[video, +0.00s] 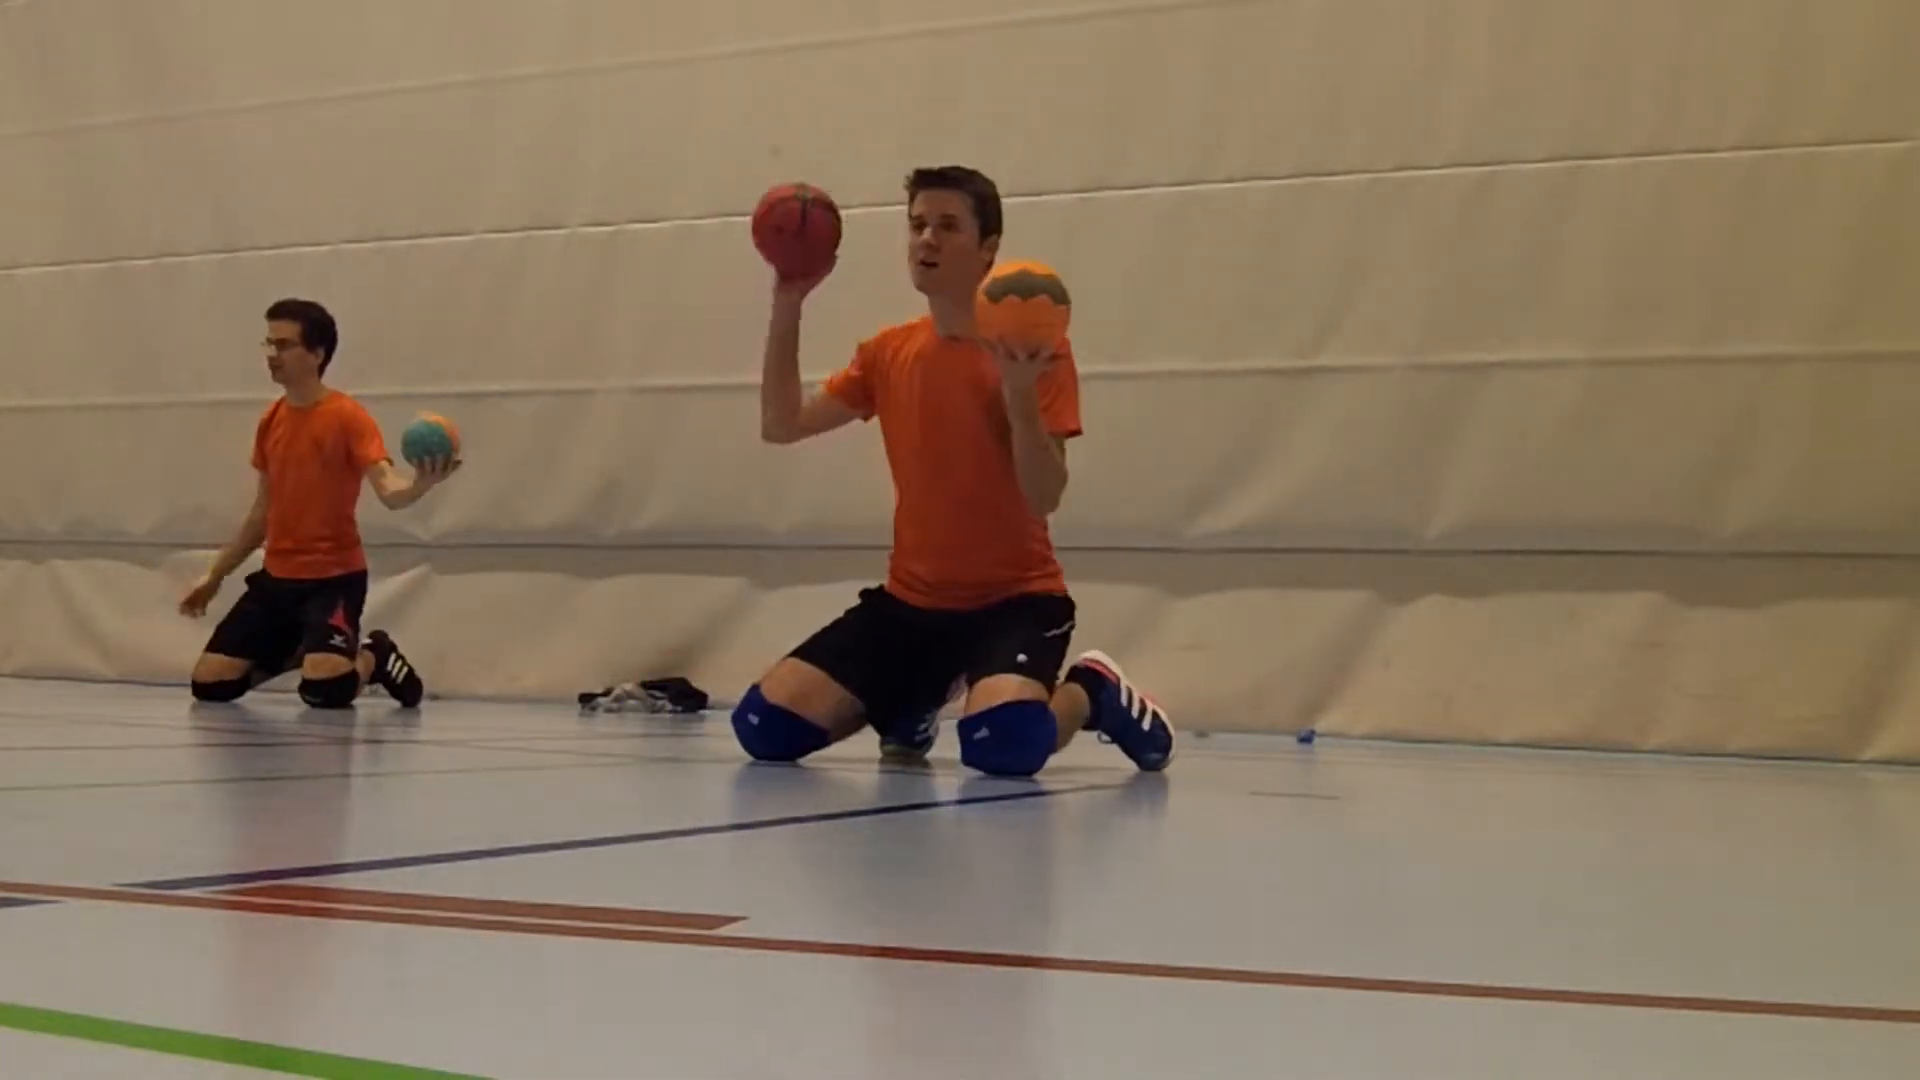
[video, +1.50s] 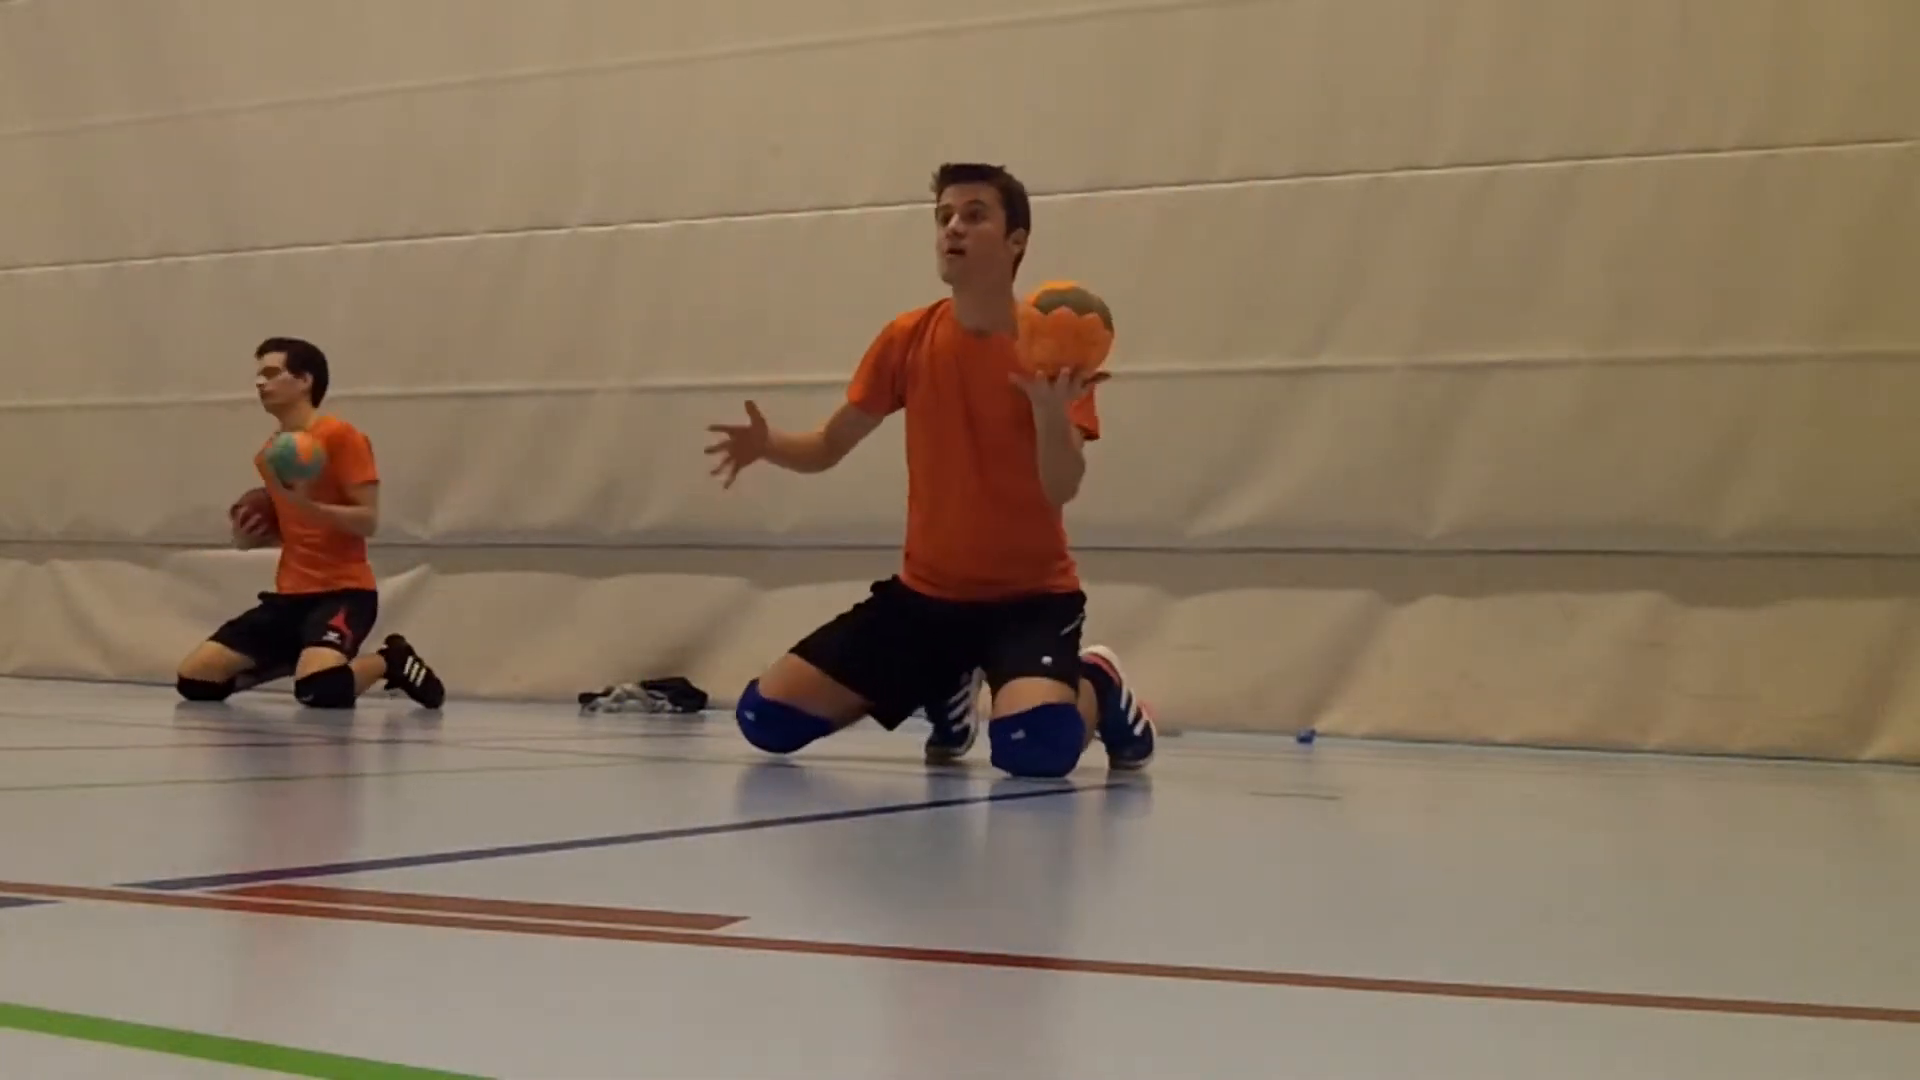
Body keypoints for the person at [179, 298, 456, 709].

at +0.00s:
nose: (270, 355)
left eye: (282, 345)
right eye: (268, 344)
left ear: (317, 354)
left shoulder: (348, 416)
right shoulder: (272, 421)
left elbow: (391, 493)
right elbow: (263, 513)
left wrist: (418, 486)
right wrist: (214, 577)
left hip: (334, 580)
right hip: (276, 580)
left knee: (323, 691)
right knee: (210, 684)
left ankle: (376, 657)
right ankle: (312, 649)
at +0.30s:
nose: (259, 364)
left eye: (269, 353)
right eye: (257, 354)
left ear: (305, 361)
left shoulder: (346, 423)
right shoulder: (269, 429)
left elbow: (389, 495)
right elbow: (267, 521)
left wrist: (437, 506)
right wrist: (232, 592)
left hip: (340, 583)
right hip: (283, 584)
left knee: (322, 692)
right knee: (208, 685)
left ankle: (375, 659)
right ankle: (314, 650)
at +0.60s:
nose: (247, 374)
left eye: (257, 363)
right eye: (245, 364)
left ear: (293, 368)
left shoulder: (334, 425)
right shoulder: (262, 440)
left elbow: (374, 495)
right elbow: (262, 535)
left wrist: (412, 512)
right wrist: (213, 602)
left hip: (336, 586)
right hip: (283, 589)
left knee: (295, 688)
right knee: (211, 684)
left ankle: (370, 662)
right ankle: (318, 660)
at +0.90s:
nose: (226, 394)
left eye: (236, 384)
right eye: (225, 385)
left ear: (272, 391)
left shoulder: (316, 439)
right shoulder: (244, 472)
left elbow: (354, 501)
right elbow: (201, 545)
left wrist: (379, 496)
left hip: (338, 595)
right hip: (286, 602)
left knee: (323, 690)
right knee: (192, 679)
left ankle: (380, 663)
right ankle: (303, 658)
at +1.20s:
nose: (199, 390)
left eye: (205, 379)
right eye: (201, 379)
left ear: (231, 382)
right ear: (231, 383)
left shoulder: (288, 426)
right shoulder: (230, 455)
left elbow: (329, 499)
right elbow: (234, 521)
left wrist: (341, 477)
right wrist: (167, 514)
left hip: (322, 583)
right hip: (272, 594)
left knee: (333, 686)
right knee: (188, 682)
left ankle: (431, 669)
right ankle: (300, 659)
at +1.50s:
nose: (260, 383)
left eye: (271, 373)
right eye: (259, 376)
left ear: (305, 381)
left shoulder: (342, 438)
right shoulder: (268, 455)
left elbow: (368, 522)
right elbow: (293, 529)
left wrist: (305, 505)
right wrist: (253, 537)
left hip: (344, 596)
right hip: (290, 597)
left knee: (317, 689)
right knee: (194, 683)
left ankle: (392, 662)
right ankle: (296, 659)